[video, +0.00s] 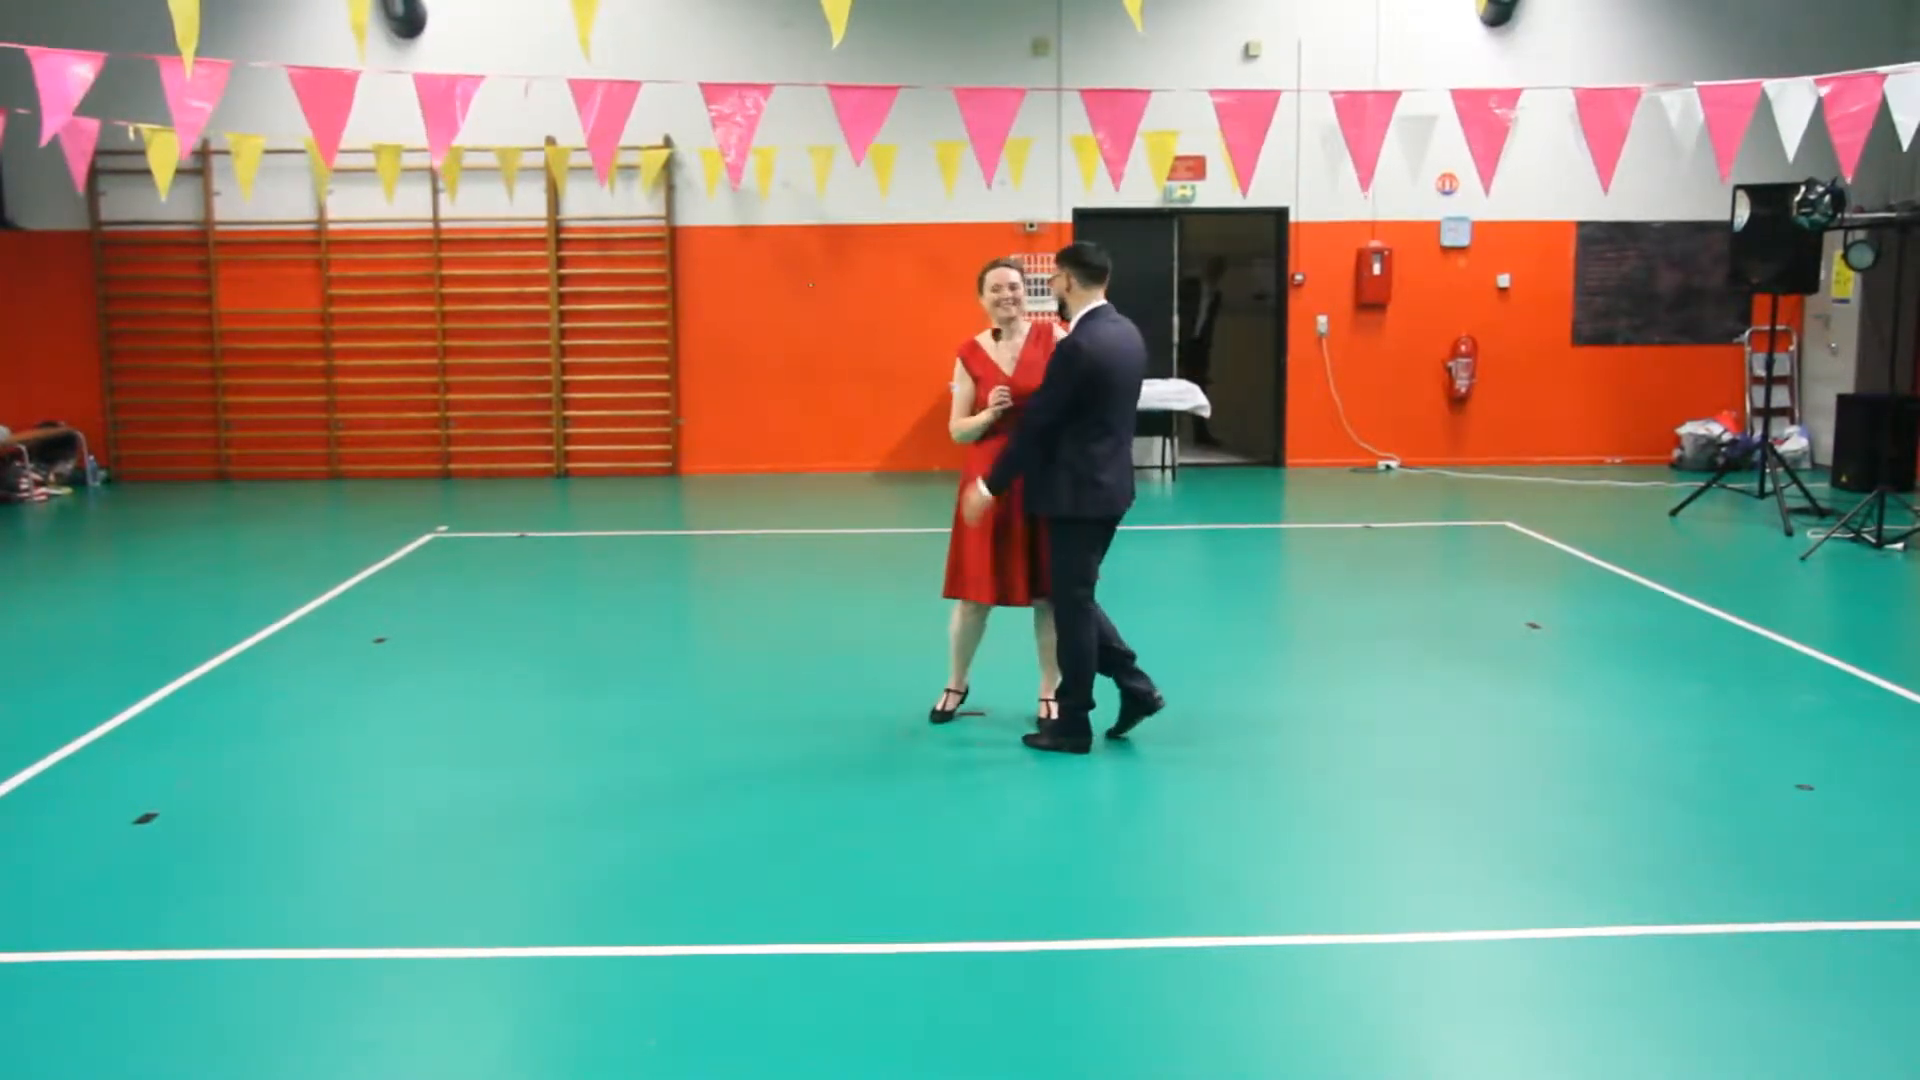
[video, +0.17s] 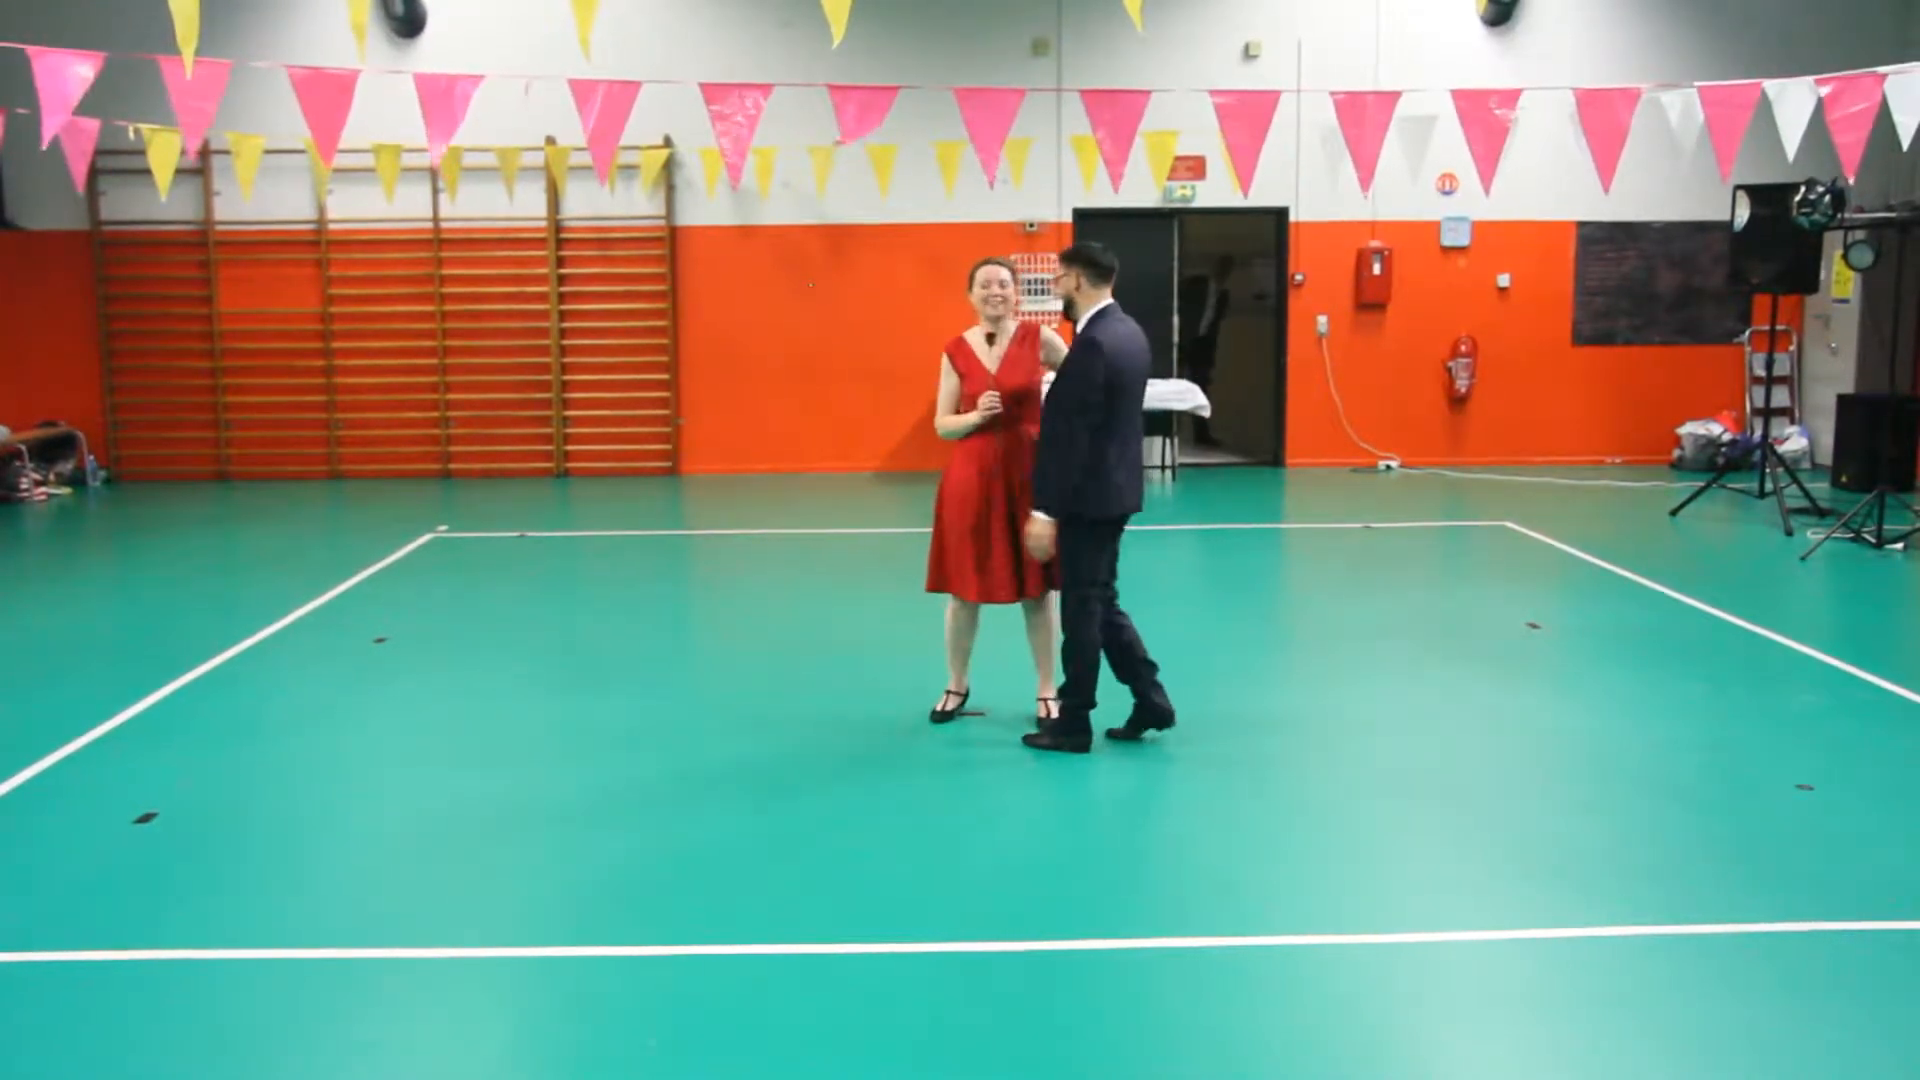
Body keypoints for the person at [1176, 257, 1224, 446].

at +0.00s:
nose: (1215, 276)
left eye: (1219, 273)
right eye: (1213, 271)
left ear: (1221, 274)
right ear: (1207, 269)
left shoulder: (1216, 295)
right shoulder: (1189, 286)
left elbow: (1211, 323)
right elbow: (1182, 313)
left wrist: (1208, 345)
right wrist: (1179, 338)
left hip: (1202, 346)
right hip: (1183, 343)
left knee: (1200, 386)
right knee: (1180, 384)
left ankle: (1202, 432)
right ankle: (1169, 429)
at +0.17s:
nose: (1223, 276)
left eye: (1226, 273)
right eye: (1222, 271)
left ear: (1228, 274)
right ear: (1216, 269)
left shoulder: (1223, 295)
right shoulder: (1195, 284)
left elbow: (1217, 321)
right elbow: (1185, 311)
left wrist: (1213, 347)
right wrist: (1184, 337)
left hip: (1206, 345)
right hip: (1187, 342)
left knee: (1203, 385)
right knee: (1190, 384)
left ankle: (1202, 432)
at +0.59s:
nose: (1203, 273)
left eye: (1206, 270)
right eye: (1201, 269)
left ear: (1210, 272)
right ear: (1195, 269)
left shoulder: (1213, 293)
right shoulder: (1184, 286)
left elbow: (1216, 323)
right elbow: (1177, 312)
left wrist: (1218, 352)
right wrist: (1172, 337)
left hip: (1200, 342)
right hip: (1182, 339)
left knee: (1200, 384)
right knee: (1181, 382)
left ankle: (1202, 432)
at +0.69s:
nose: (1191, 274)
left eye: (1194, 270)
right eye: (1189, 269)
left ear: (1199, 272)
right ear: (1183, 271)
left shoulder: (1204, 293)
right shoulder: (1177, 290)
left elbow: (1211, 321)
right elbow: (1170, 314)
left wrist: (1217, 347)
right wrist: (1166, 339)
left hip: (1195, 341)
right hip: (1176, 340)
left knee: (1198, 382)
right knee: (1175, 382)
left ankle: (1203, 430)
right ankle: (1173, 430)